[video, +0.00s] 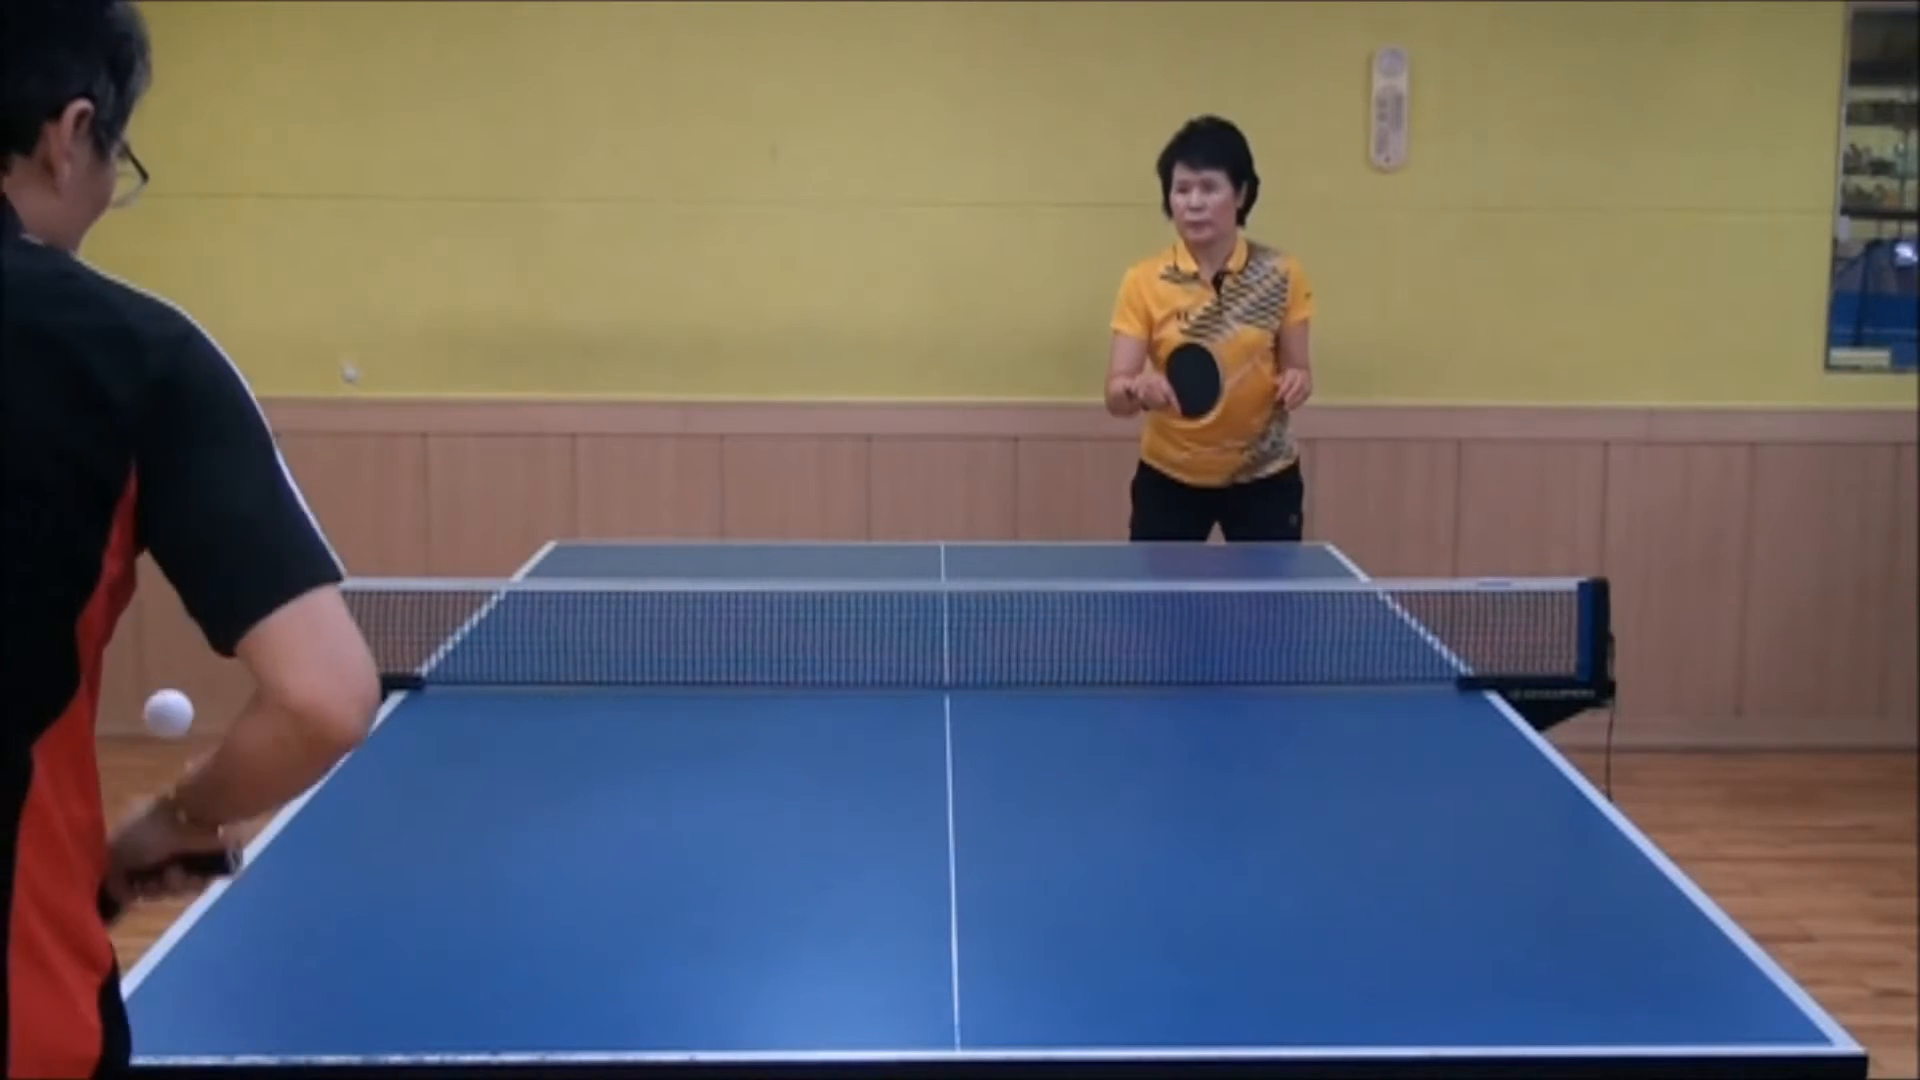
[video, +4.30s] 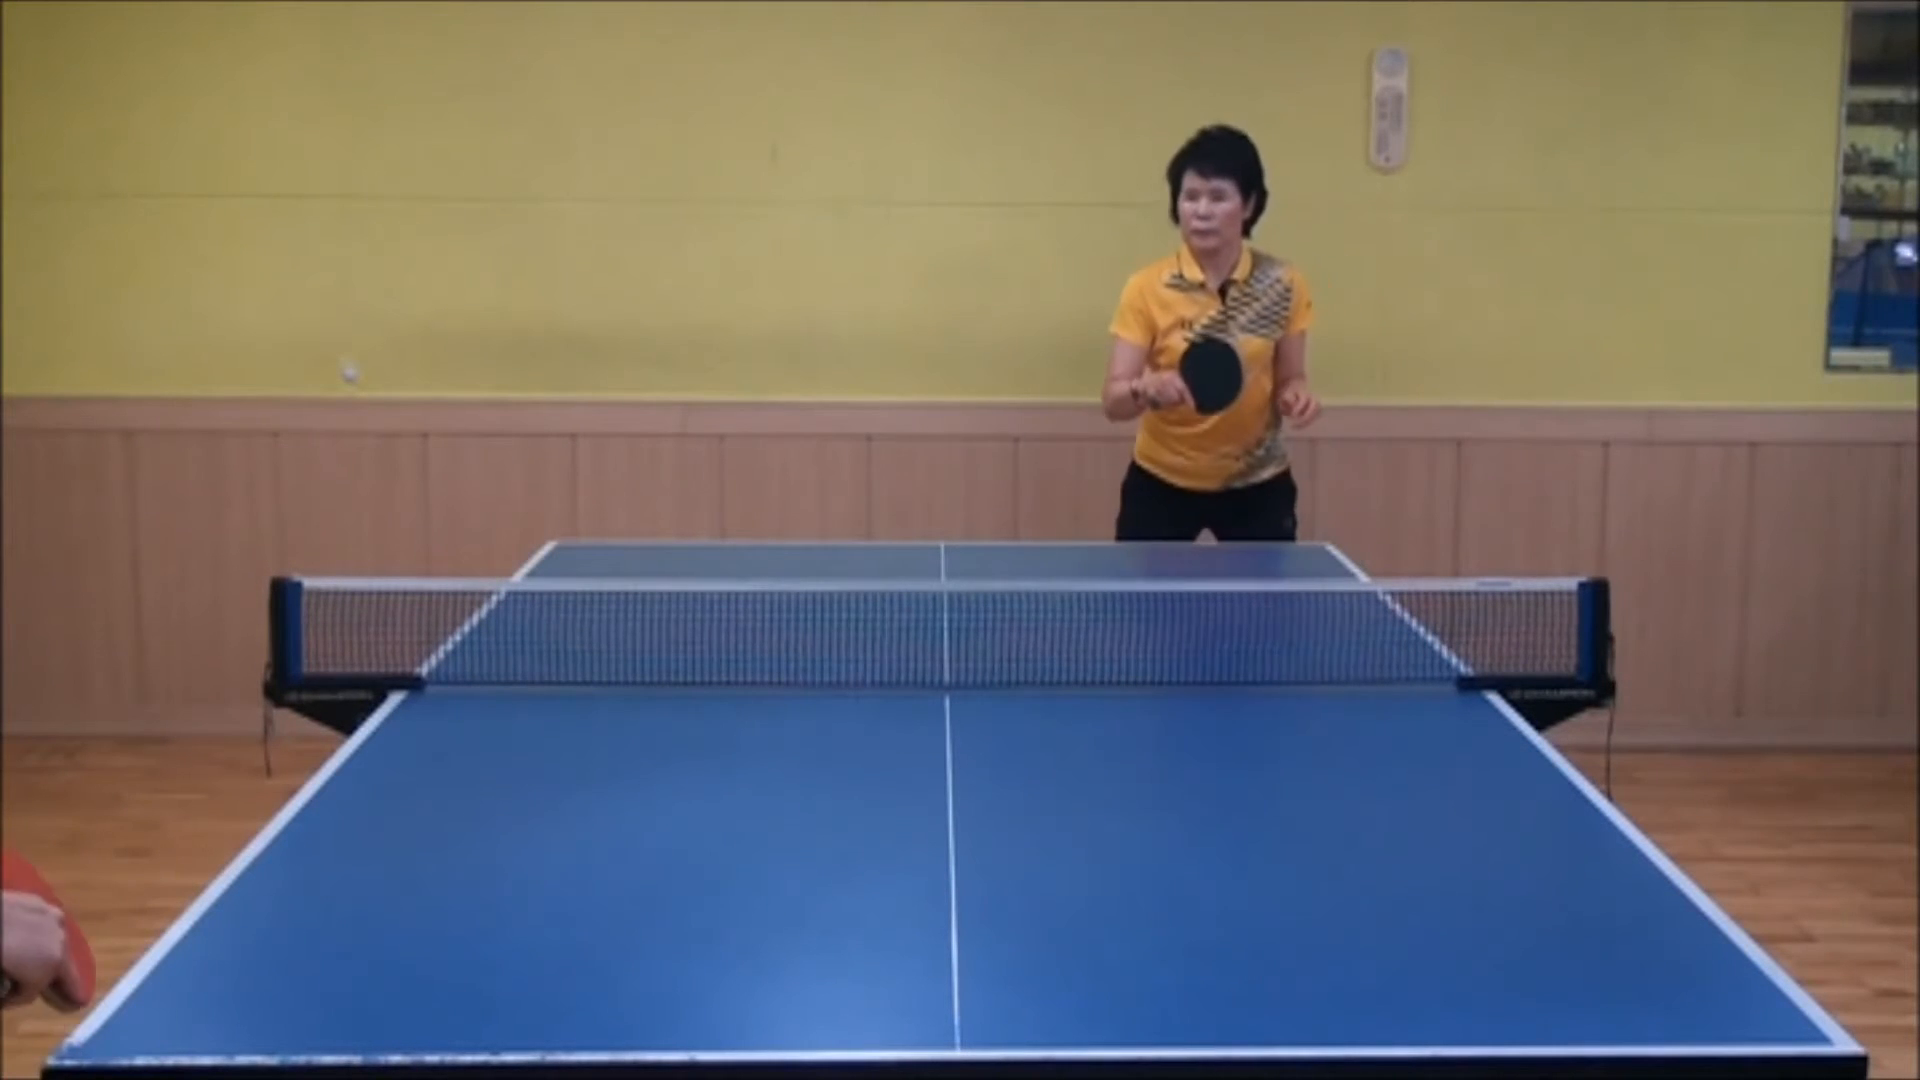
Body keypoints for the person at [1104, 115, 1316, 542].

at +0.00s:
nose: (1194, 202)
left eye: (1209, 188)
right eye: (1182, 189)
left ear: (1242, 194)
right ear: (1167, 198)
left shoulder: (1282, 277)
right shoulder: (1144, 282)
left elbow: (1297, 369)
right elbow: (1117, 397)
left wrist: (1294, 383)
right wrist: (1139, 390)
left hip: (1263, 482)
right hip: (1170, 481)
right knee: (1154, 600)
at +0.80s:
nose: (1247, 236)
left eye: (1262, 220)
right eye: (1234, 222)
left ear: (1290, 221)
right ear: (1217, 229)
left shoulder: (1328, 300)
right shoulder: (1195, 308)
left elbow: (1341, 413)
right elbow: (1154, 415)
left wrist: (1330, 387)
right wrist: (1201, 419)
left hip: (1306, 507)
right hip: (1213, 507)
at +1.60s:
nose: (1301, 258)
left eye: (1315, 242)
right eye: (1286, 244)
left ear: (1341, 241)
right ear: (1267, 249)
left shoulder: (1368, 317)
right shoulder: (1242, 322)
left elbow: (1374, 397)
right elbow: (1200, 429)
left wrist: (1361, 402)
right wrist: (1271, 413)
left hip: (1329, 507)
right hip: (1240, 507)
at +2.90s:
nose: (1306, 285)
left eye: (1321, 269)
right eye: (1291, 271)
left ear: (1350, 276)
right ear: (1274, 281)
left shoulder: (1371, 356)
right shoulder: (1251, 359)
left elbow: (1377, 460)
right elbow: (1205, 454)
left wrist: (1403, 448)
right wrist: (1236, 480)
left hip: (1327, 539)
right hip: (1238, 539)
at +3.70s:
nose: (1276, 226)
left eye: (1291, 210)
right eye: (1262, 212)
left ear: (1323, 218)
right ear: (1246, 224)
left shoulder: (1357, 298)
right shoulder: (1224, 312)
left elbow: (1373, 416)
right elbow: (1185, 429)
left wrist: (1382, 397)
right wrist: (1225, 412)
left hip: (1335, 507)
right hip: (1246, 507)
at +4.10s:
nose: (1250, 208)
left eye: (1267, 194)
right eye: (1239, 194)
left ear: (1299, 202)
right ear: (1224, 203)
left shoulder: (1336, 284)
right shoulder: (1200, 288)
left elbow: (1345, 376)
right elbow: (1164, 403)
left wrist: (1359, 391)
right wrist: (1201, 385)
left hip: (1304, 489)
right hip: (1211, 486)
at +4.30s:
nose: (1202, 210)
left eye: (1218, 197)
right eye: (1191, 196)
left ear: (1249, 206)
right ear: (1175, 204)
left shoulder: (1283, 288)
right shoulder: (1147, 289)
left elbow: (1291, 379)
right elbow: (1114, 402)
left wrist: (1296, 397)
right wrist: (1145, 390)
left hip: (1255, 489)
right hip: (1162, 487)